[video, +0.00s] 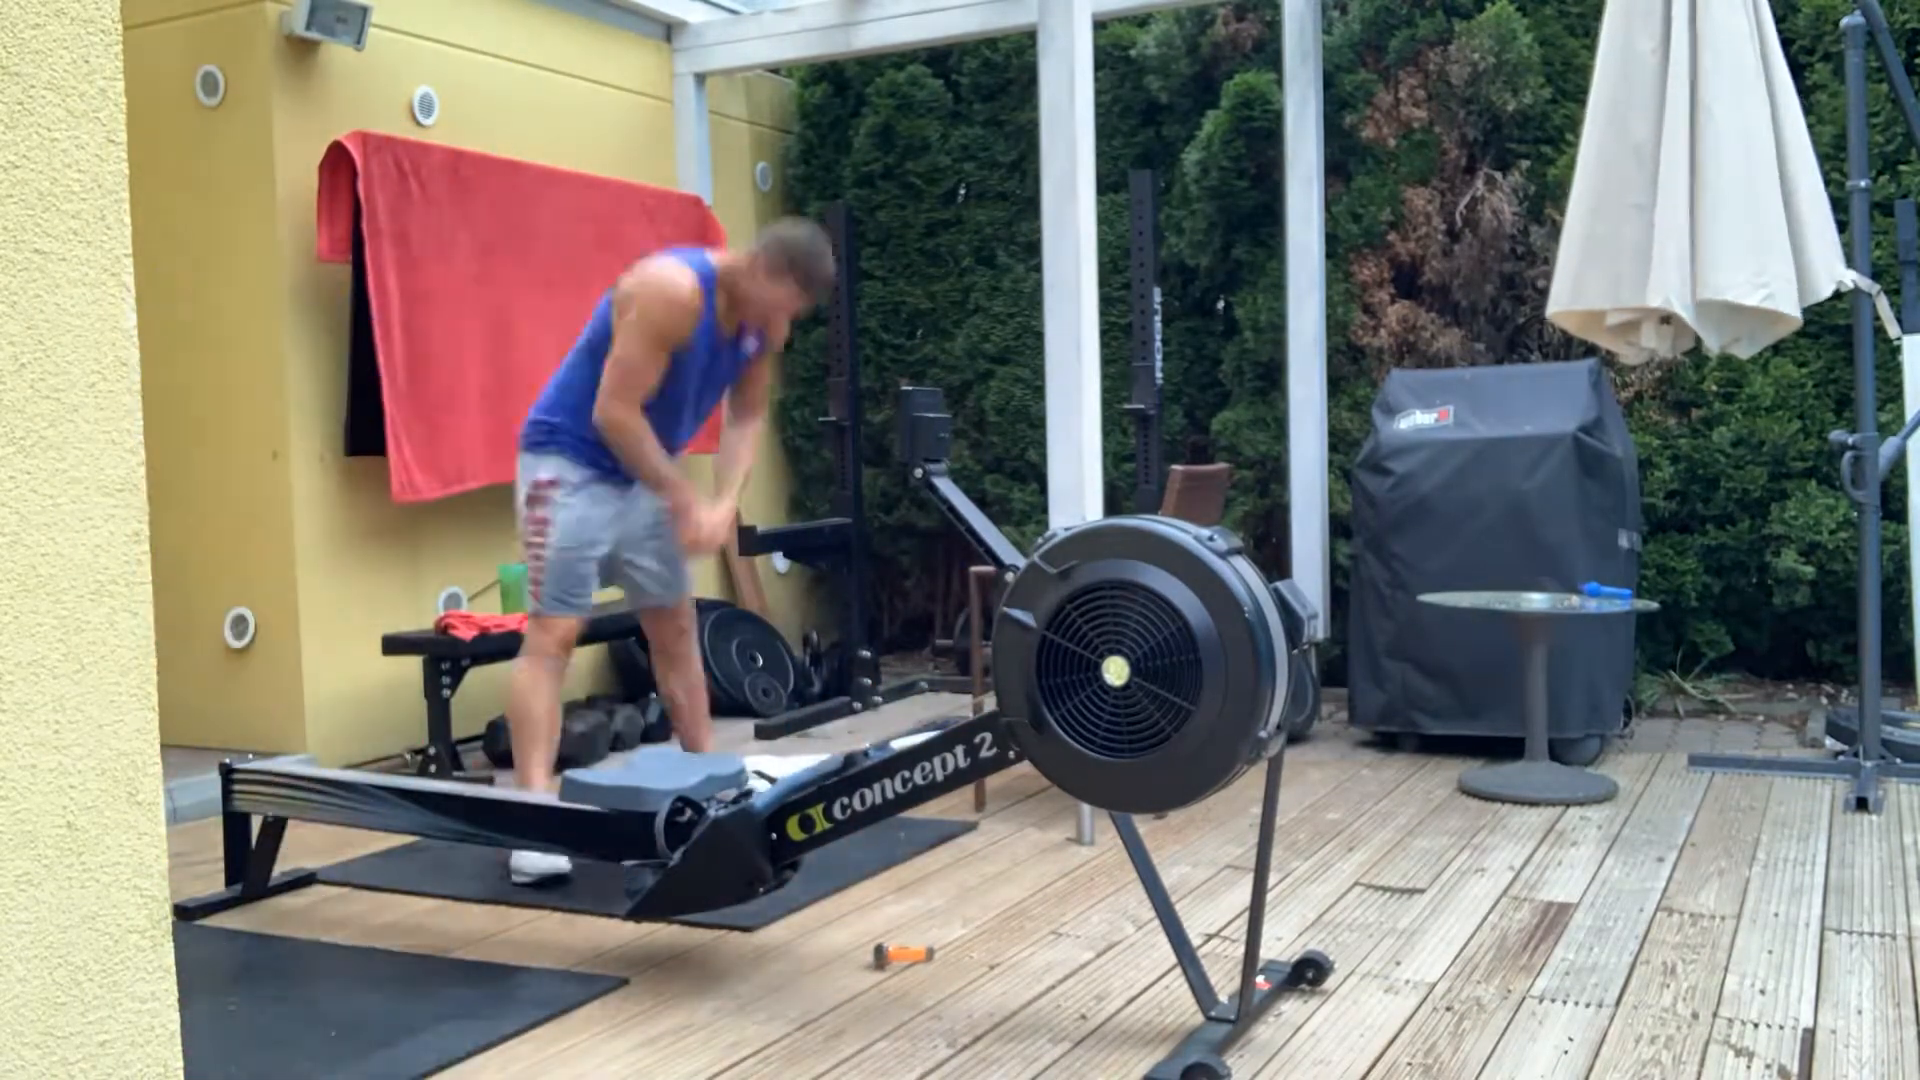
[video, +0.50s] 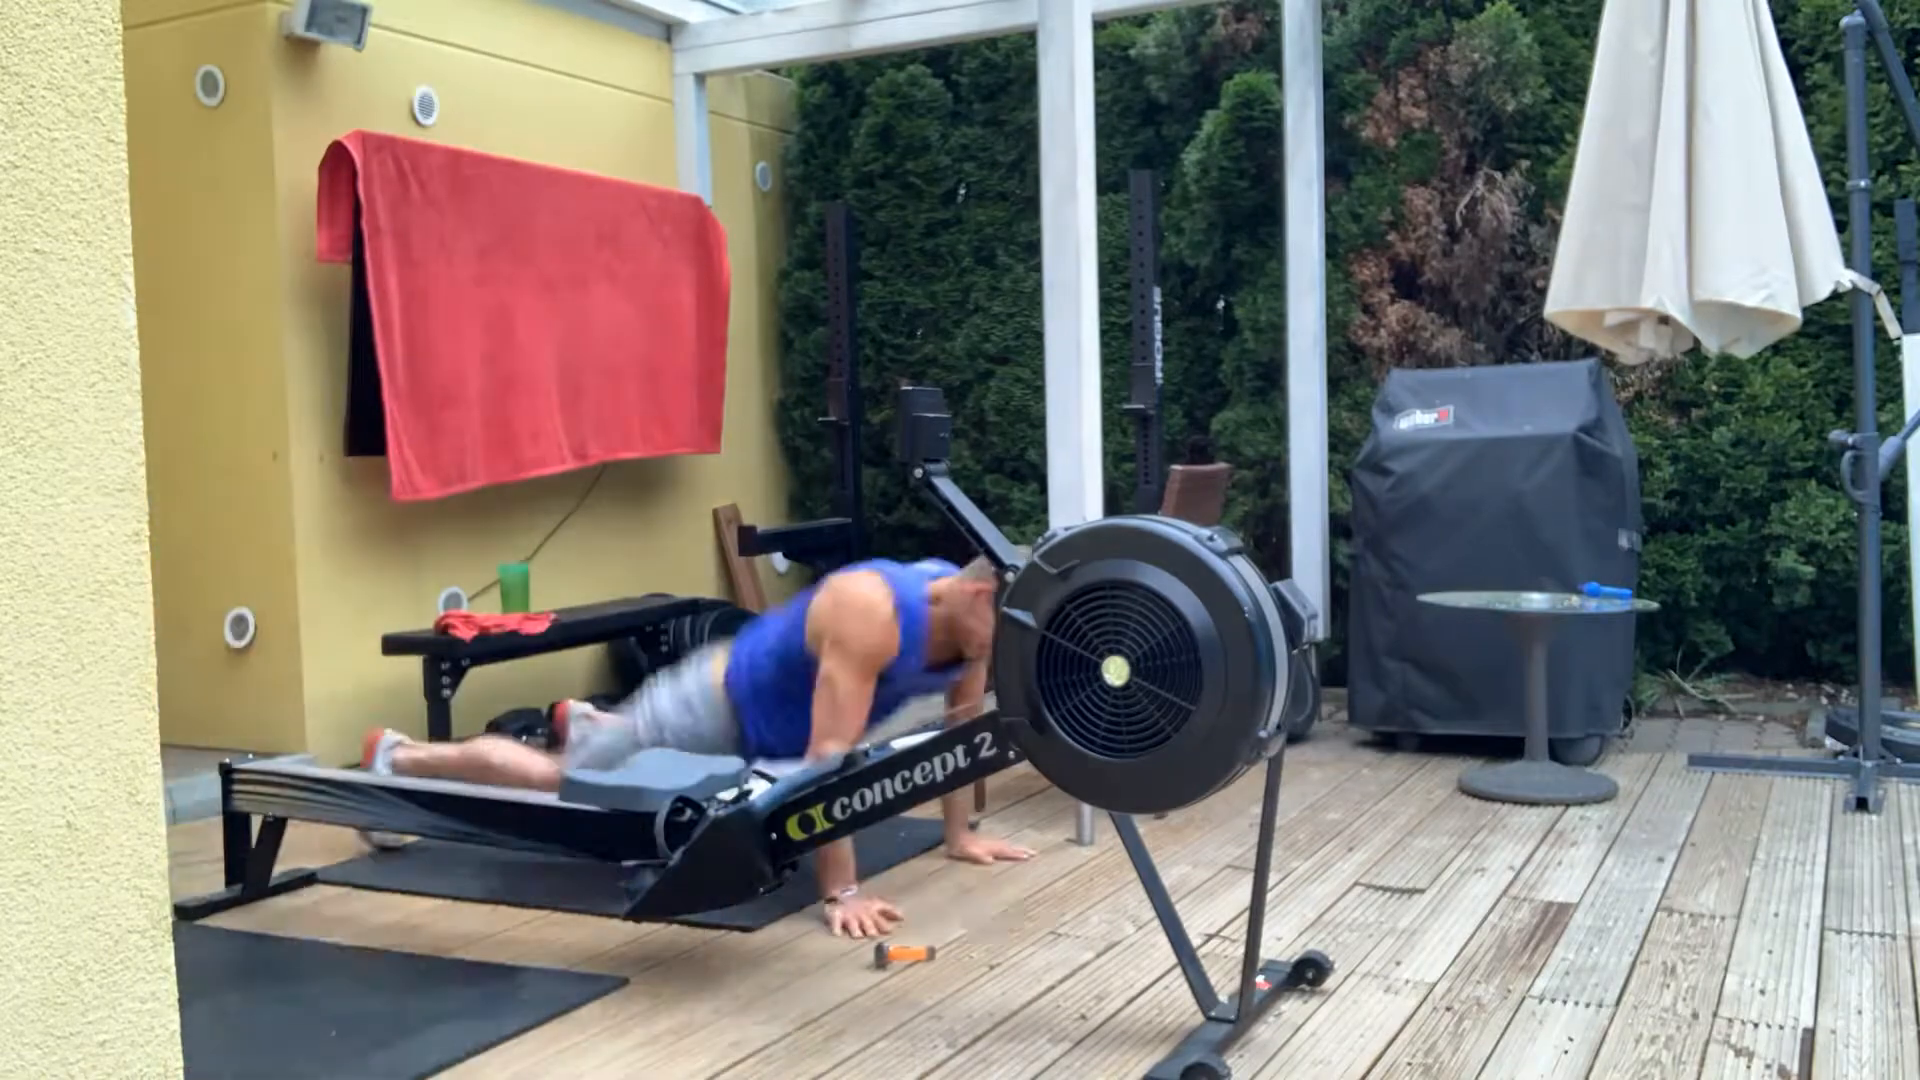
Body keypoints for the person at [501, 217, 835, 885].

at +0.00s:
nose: (786, 325)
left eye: (795, 315)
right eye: (787, 309)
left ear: (784, 286)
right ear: (763, 271)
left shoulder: (756, 317)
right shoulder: (668, 291)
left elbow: (748, 414)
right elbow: (614, 411)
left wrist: (725, 499)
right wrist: (685, 498)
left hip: (646, 474)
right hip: (568, 467)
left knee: (675, 625)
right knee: (551, 634)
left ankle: (707, 780)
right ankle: (535, 814)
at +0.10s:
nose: (974, 664)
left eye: (987, 655)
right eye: (978, 648)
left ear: (983, 609)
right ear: (966, 606)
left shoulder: (965, 598)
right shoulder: (861, 603)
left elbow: (962, 726)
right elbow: (846, 761)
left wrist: (960, 834)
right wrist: (837, 891)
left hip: (751, 706)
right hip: (686, 670)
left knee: (642, 751)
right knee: (557, 763)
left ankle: (575, 721)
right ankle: (398, 761)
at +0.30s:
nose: (790, 857)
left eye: (804, 840)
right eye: (791, 831)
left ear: (731, 770)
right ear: (728, 776)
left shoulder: (702, 799)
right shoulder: (587, 820)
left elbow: (671, 911)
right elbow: (400, 961)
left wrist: (687, 1022)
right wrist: (442, 1078)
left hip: (454, 996)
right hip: (356, 999)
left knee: (297, 933)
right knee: (166, 1034)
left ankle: (195, 841)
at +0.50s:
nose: (1002, 646)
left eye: (1010, 634)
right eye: (1004, 630)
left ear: (989, 601)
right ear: (975, 598)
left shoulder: (972, 619)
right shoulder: (866, 611)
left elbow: (964, 728)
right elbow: (829, 764)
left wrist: (961, 834)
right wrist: (843, 892)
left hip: (783, 719)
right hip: (716, 702)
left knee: (650, 737)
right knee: (557, 770)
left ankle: (581, 723)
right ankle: (400, 759)